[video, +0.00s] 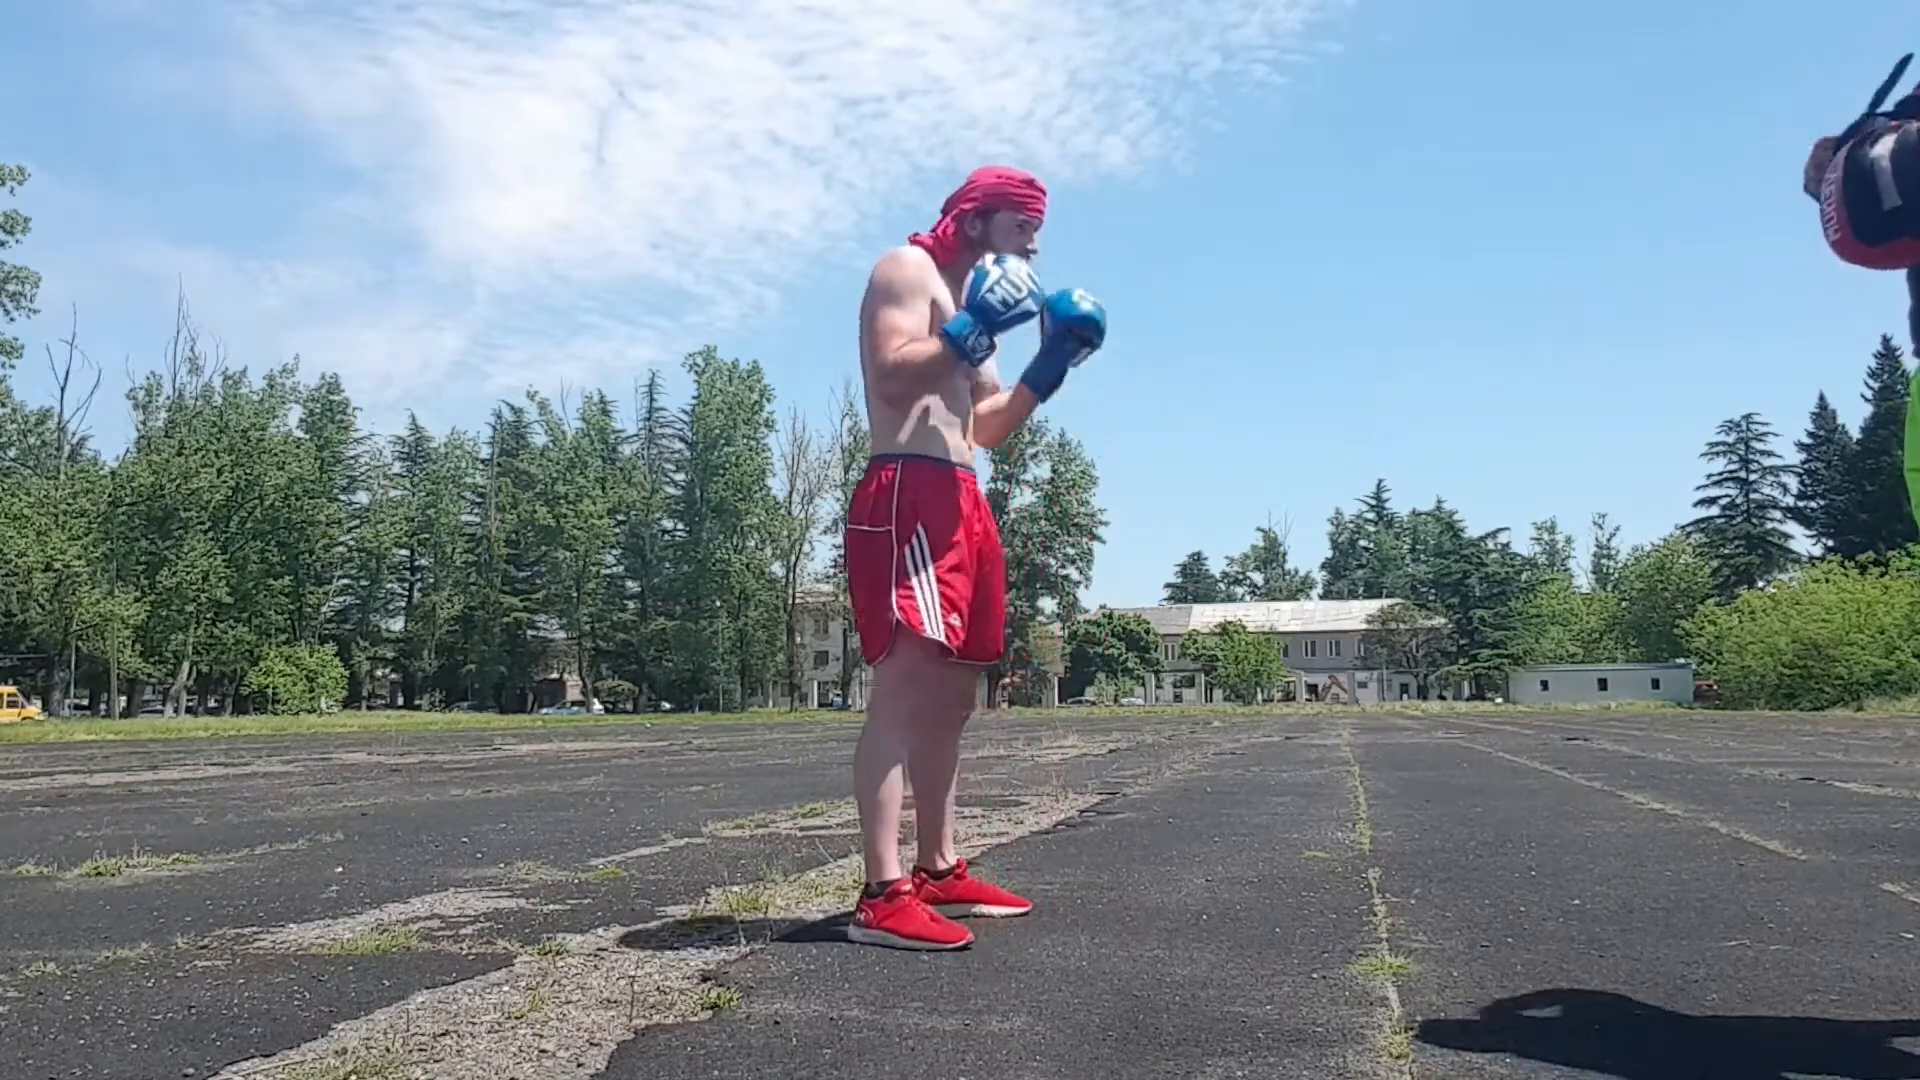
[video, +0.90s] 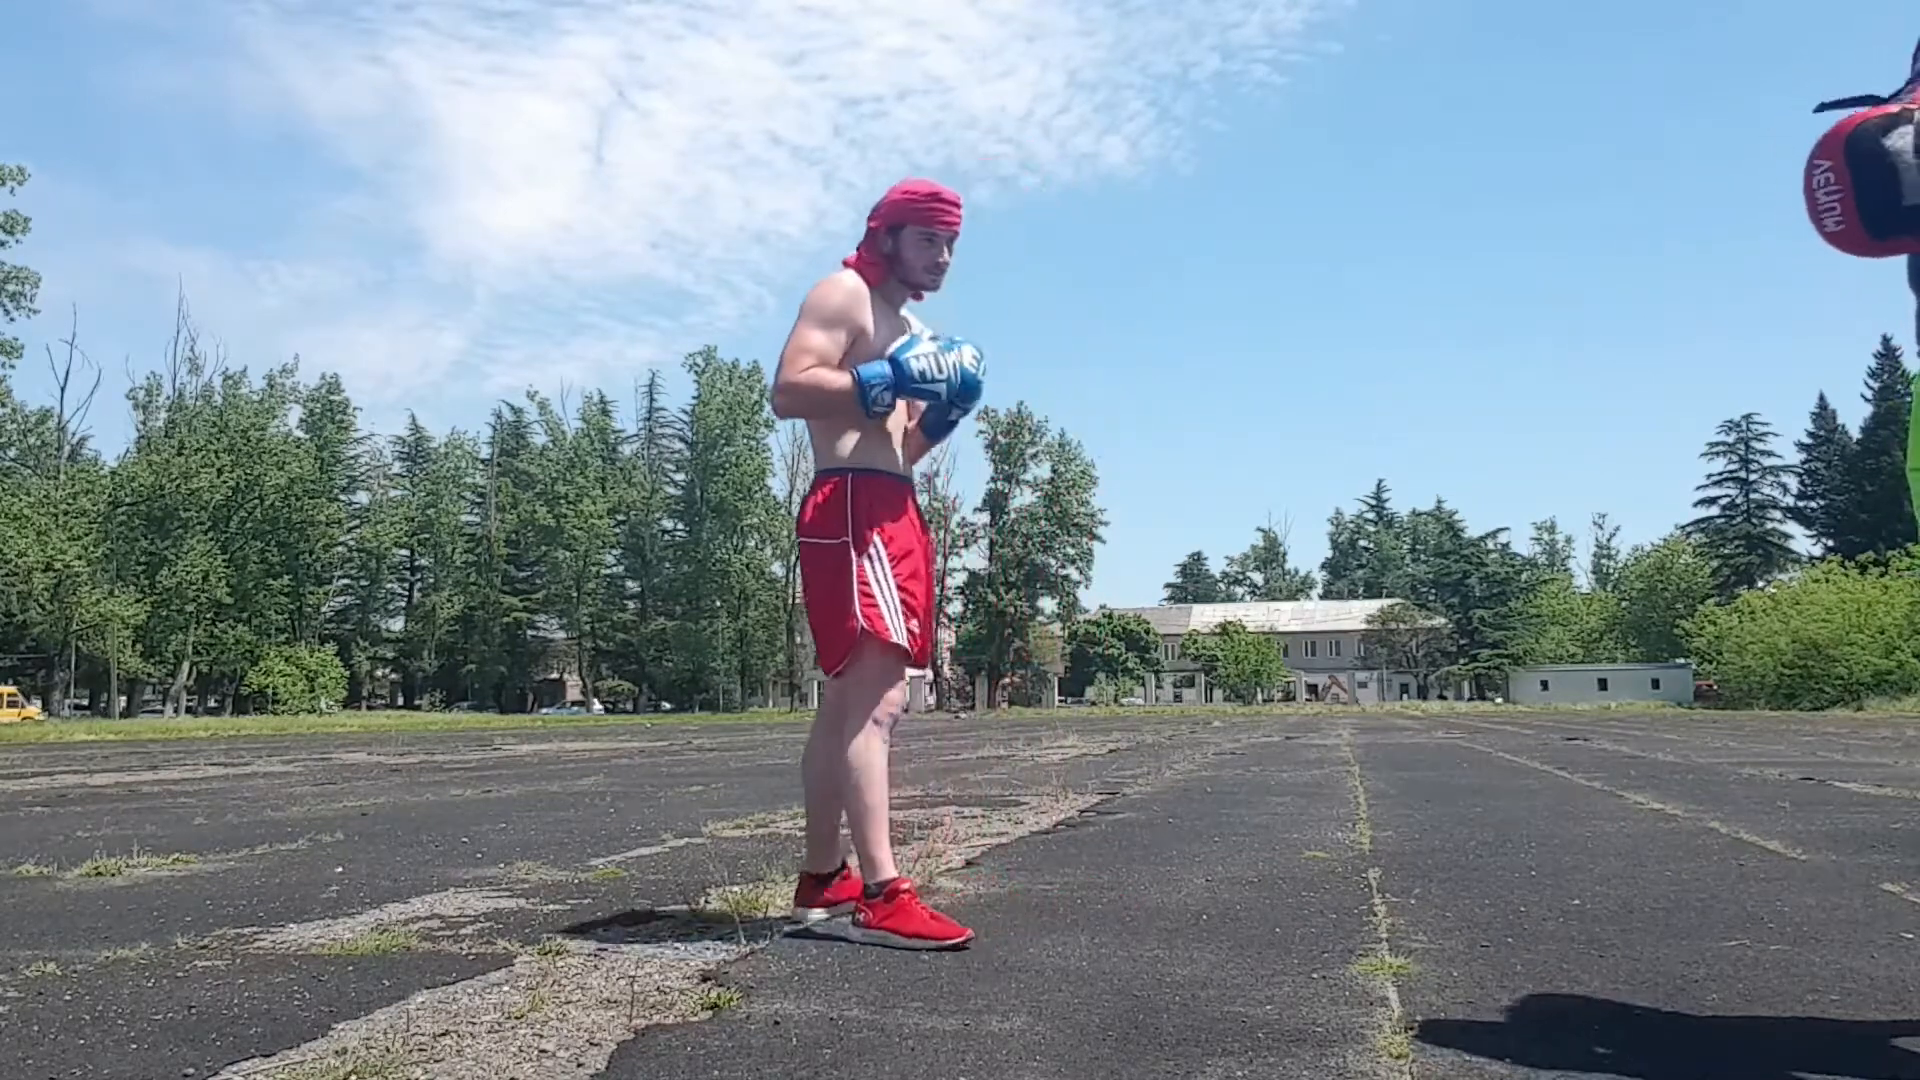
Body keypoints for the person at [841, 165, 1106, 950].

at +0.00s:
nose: (1031, 247)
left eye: (1036, 235)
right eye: (1023, 229)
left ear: (1010, 235)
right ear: (975, 219)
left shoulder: (979, 307)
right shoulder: (908, 267)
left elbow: (986, 428)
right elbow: (891, 370)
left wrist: (1049, 368)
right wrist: (970, 333)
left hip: (966, 502)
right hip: (908, 494)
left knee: (950, 695)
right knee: (901, 689)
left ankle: (937, 871)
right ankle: (884, 890)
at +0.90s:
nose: (940, 259)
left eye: (949, 246)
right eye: (928, 242)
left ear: (945, 252)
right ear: (884, 235)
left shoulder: (906, 326)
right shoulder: (844, 291)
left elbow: (894, 452)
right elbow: (788, 391)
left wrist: (942, 418)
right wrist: (883, 382)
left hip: (889, 508)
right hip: (854, 505)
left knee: (851, 700)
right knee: (877, 698)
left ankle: (823, 877)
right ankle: (882, 890)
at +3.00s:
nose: (939, 266)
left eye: (944, 254)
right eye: (927, 250)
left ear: (929, 262)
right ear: (879, 248)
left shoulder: (896, 328)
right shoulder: (835, 314)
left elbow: (914, 445)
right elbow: (859, 430)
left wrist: (957, 373)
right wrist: (915, 359)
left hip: (870, 516)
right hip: (820, 515)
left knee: (896, 688)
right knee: (847, 696)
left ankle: (836, 842)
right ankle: (836, 888)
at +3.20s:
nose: (951, 298)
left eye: (956, 287)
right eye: (939, 283)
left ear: (949, 295)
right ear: (895, 280)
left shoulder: (922, 358)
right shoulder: (853, 331)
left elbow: (931, 473)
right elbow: (826, 427)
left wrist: (968, 395)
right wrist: (899, 391)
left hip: (891, 529)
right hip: (844, 522)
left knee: (909, 704)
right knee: (883, 693)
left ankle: (858, 855)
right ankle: (841, 888)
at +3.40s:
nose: (958, 297)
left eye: (962, 285)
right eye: (947, 283)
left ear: (954, 290)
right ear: (907, 280)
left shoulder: (934, 347)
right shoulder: (876, 314)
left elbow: (933, 454)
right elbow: (810, 389)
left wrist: (972, 387)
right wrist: (895, 380)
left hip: (900, 525)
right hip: (852, 517)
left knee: (907, 691)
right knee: (887, 680)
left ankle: (855, 857)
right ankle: (860, 870)